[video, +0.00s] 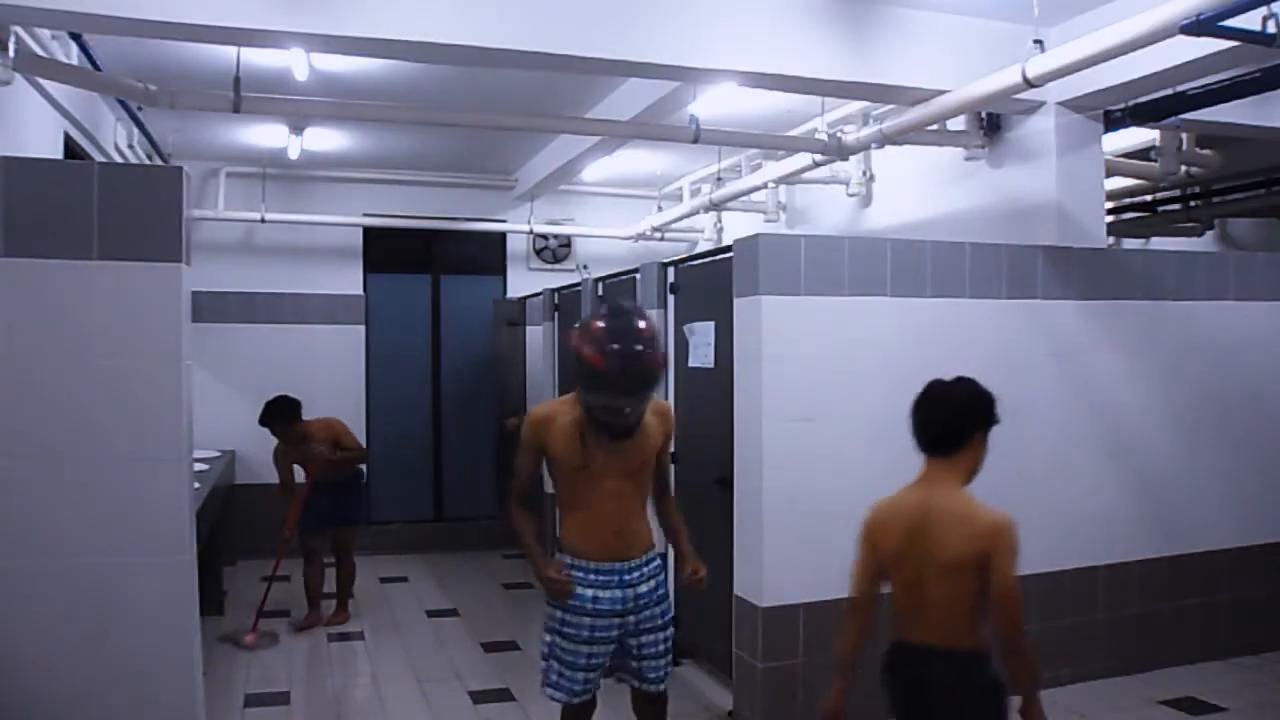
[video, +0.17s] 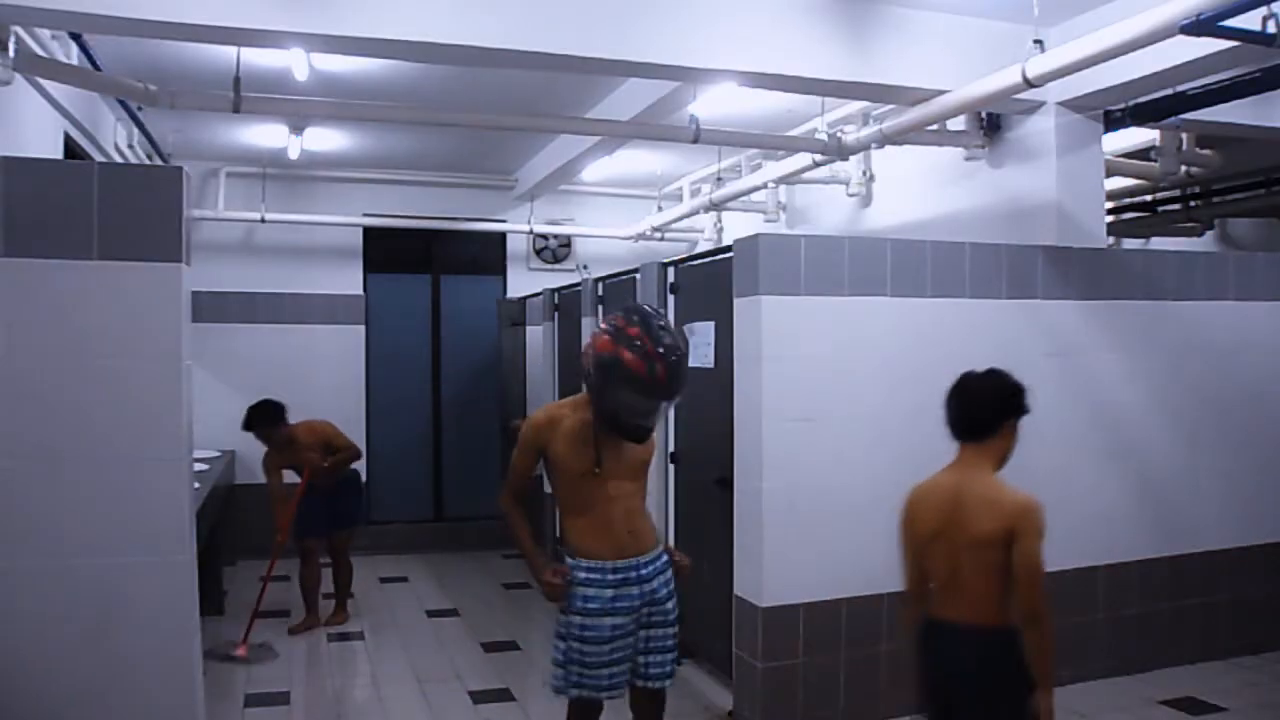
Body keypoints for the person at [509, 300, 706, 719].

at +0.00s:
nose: (623, 414)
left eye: (633, 402)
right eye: (610, 404)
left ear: (648, 385)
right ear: (582, 383)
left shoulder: (661, 418)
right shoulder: (544, 422)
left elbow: (663, 494)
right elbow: (521, 503)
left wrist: (687, 553)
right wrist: (541, 563)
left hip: (648, 579)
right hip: (582, 583)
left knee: (653, 700)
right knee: (579, 705)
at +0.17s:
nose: (639, 419)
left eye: (647, 408)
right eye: (630, 406)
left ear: (654, 391)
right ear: (597, 376)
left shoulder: (645, 420)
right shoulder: (547, 424)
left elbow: (633, 509)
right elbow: (512, 498)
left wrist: (664, 551)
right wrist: (540, 567)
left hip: (655, 578)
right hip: (593, 584)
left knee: (650, 704)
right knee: (586, 707)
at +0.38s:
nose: (647, 413)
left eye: (653, 402)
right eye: (637, 401)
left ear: (659, 388)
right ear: (604, 381)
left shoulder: (652, 422)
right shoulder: (550, 421)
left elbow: (637, 507)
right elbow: (508, 495)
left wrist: (667, 549)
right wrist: (536, 565)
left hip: (655, 578)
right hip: (591, 583)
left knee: (655, 701)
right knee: (586, 707)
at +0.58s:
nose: (611, 412)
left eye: (623, 401)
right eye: (600, 401)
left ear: (643, 380)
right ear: (580, 380)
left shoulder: (666, 418)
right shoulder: (548, 419)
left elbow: (674, 490)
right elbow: (535, 490)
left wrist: (690, 548)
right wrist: (537, 557)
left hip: (642, 576)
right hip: (575, 577)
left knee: (646, 700)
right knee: (578, 701)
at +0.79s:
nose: (592, 413)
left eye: (605, 403)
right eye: (580, 402)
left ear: (631, 380)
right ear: (563, 383)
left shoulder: (661, 420)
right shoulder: (548, 421)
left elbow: (667, 493)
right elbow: (550, 488)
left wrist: (671, 558)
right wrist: (537, 546)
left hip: (637, 582)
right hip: (566, 583)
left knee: (642, 708)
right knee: (576, 705)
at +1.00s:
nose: (622, 410)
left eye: (632, 398)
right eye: (610, 400)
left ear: (647, 383)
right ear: (583, 379)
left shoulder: (656, 418)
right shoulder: (543, 421)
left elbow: (660, 496)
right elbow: (518, 502)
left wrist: (678, 553)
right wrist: (535, 562)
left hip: (640, 579)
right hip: (574, 582)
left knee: (646, 698)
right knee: (574, 705)